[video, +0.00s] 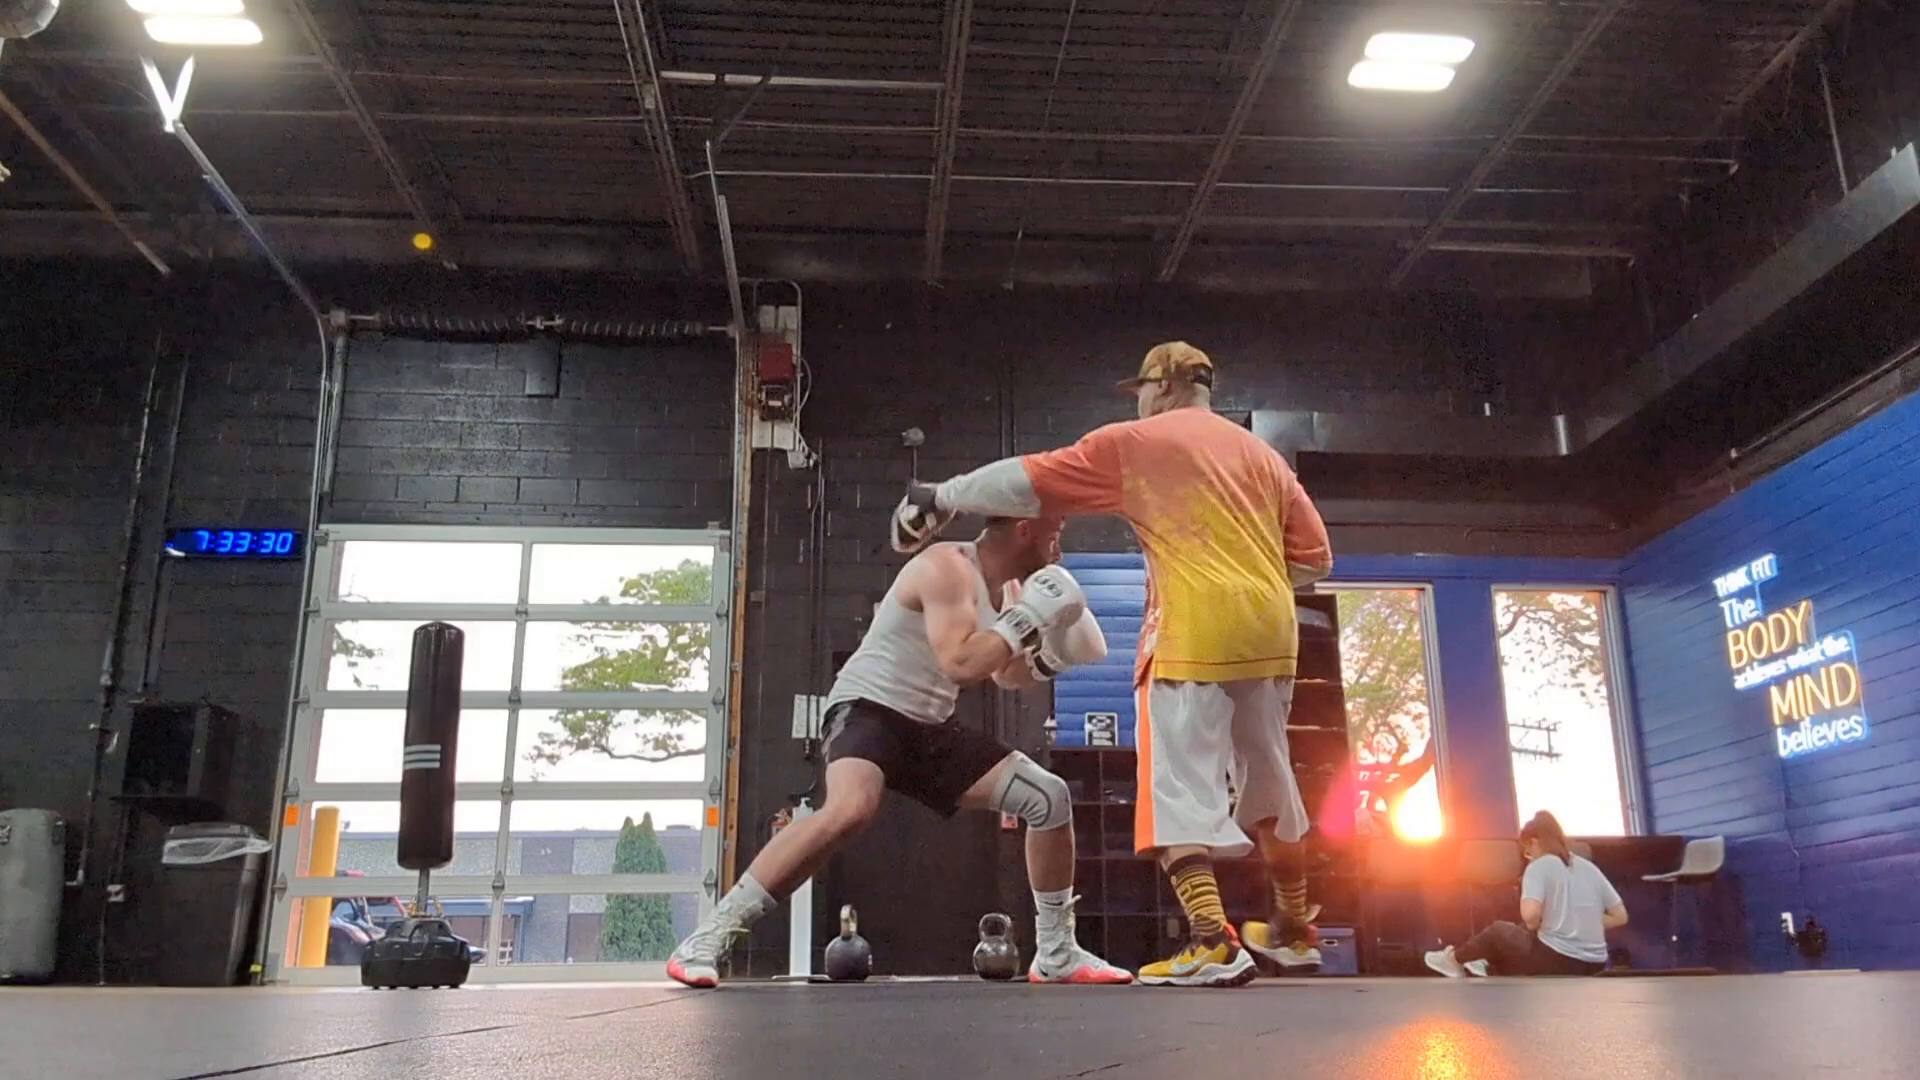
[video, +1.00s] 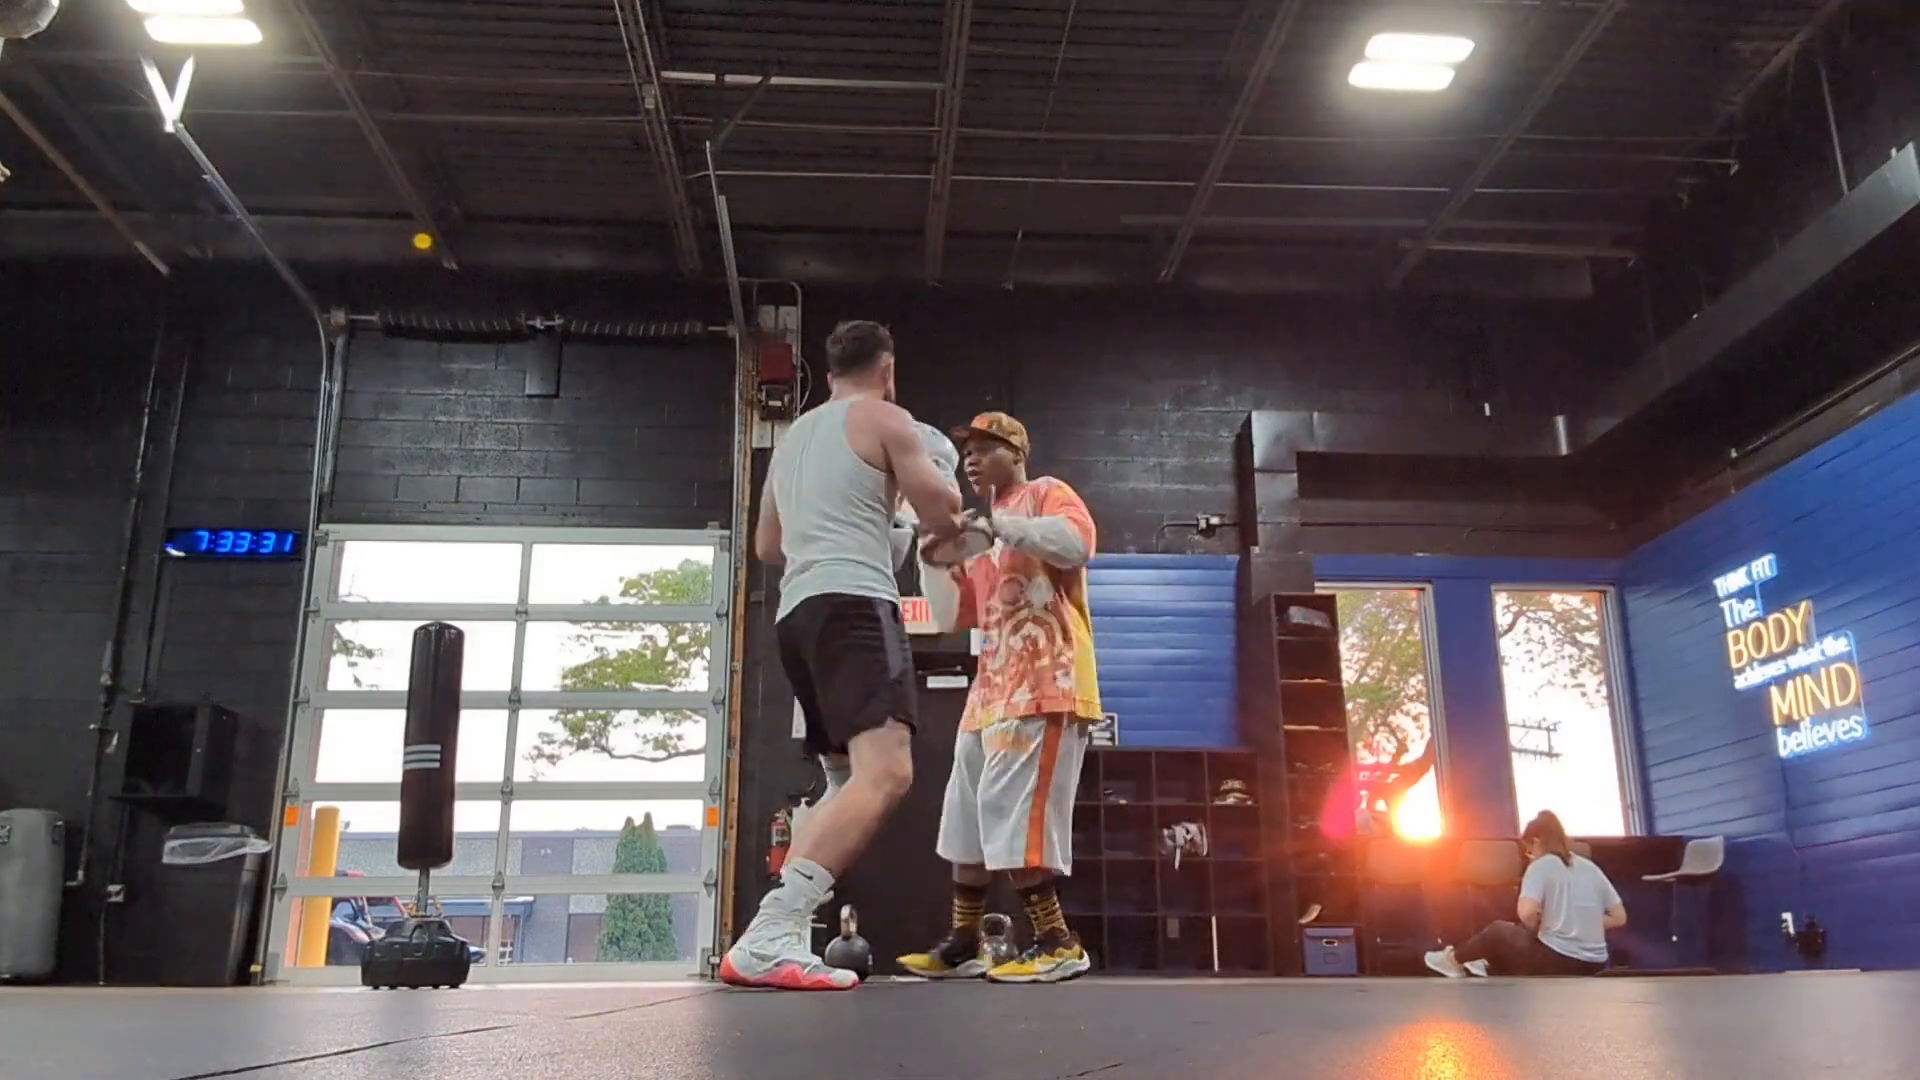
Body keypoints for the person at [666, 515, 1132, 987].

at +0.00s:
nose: (1059, 544)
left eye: (1060, 533)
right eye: (1056, 531)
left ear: (1018, 526)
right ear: (1025, 526)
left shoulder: (1007, 590)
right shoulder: (947, 563)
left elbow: (1011, 672)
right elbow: (960, 660)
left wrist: (1049, 659)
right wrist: (1026, 616)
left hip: (931, 732)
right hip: (867, 713)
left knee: (1048, 799)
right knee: (851, 809)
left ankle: (1056, 954)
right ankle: (709, 939)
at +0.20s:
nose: (994, 503)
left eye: (996, 492)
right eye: (987, 489)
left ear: (960, 489)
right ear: (947, 485)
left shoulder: (959, 558)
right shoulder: (873, 536)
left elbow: (927, 644)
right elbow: (881, 640)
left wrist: (982, 637)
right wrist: (956, 594)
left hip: (895, 710)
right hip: (830, 696)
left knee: (1010, 801)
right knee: (811, 800)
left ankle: (1049, 951)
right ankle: (686, 941)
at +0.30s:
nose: (980, 461)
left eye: (980, 447)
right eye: (974, 445)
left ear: (936, 443)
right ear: (941, 439)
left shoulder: (923, 513)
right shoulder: (872, 493)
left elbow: (903, 591)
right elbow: (891, 593)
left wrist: (966, 568)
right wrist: (954, 554)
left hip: (883, 676)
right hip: (829, 666)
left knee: (995, 779)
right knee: (817, 800)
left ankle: (977, 936)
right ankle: (690, 937)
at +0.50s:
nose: (952, 424)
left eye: (952, 414)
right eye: (950, 413)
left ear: (889, 410)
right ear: (930, 406)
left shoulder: (839, 471)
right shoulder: (933, 445)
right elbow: (1010, 511)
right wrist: (1024, 490)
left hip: (846, 632)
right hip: (862, 629)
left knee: (957, 783)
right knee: (853, 796)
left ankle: (931, 947)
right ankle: (684, 902)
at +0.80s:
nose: (936, 399)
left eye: (934, 387)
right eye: (936, 386)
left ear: (878, 380)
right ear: (924, 381)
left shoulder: (861, 431)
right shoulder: (883, 420)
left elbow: (886, 544)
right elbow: (906, 520)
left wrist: (930, 518)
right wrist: (938, 502)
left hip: (845, 614)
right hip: (824, 610)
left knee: (901, 769)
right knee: (865, 764)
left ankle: (893, 934)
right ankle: (769, 936)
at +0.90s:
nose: (919, 390)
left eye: (916, 379)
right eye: (919, 378)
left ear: (858, 368)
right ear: (908, 374)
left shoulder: (835, 422)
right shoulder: (870, 414)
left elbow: (900, 524)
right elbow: (915, 515)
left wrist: (939, 512)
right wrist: (937, 478)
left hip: (822, 606)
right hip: (833, 603)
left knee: (894, 772)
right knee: (871, 763)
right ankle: (767, 939)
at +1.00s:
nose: (896, 386)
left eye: (894, 377)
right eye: (895, 376)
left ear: (827, 376)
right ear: (887, 370)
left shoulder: (790, 440)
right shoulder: (883, 416)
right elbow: (938, 507)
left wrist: (847, 538)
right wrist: (940, 534)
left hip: (797, 613)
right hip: (854, 602)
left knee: (845, 782)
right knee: (884, 773)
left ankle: (776, 938)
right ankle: (773, 934)